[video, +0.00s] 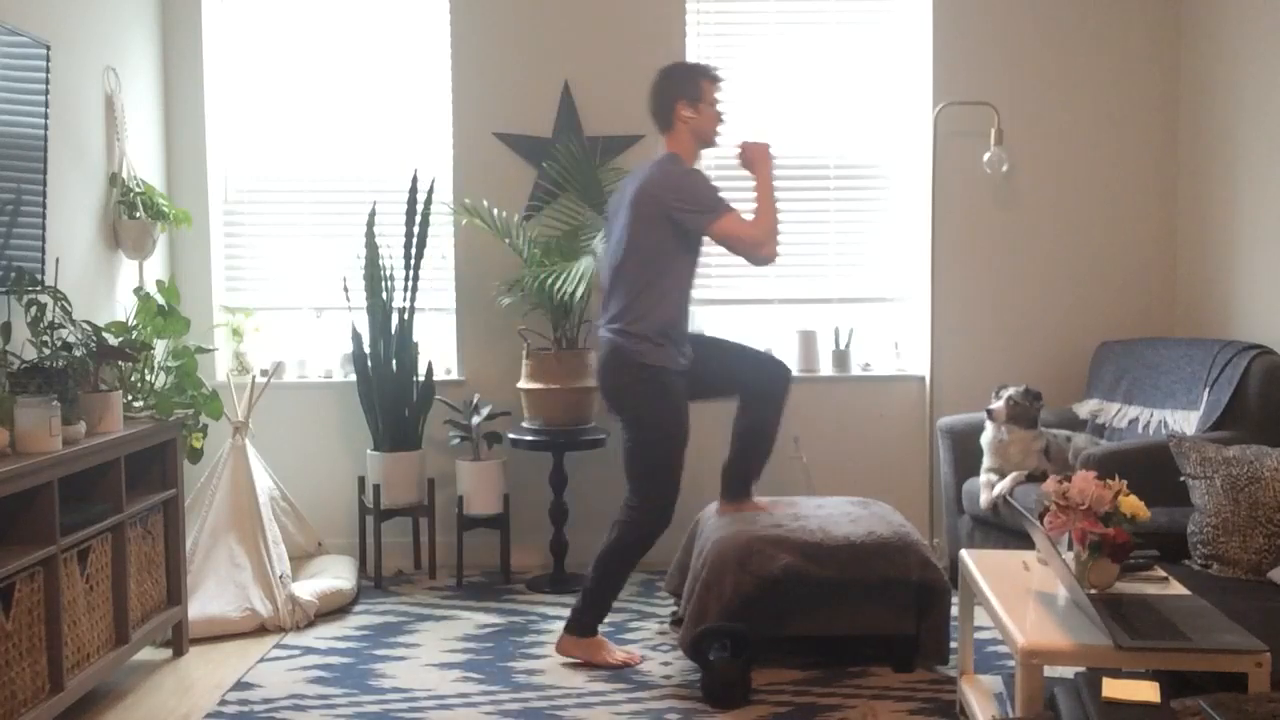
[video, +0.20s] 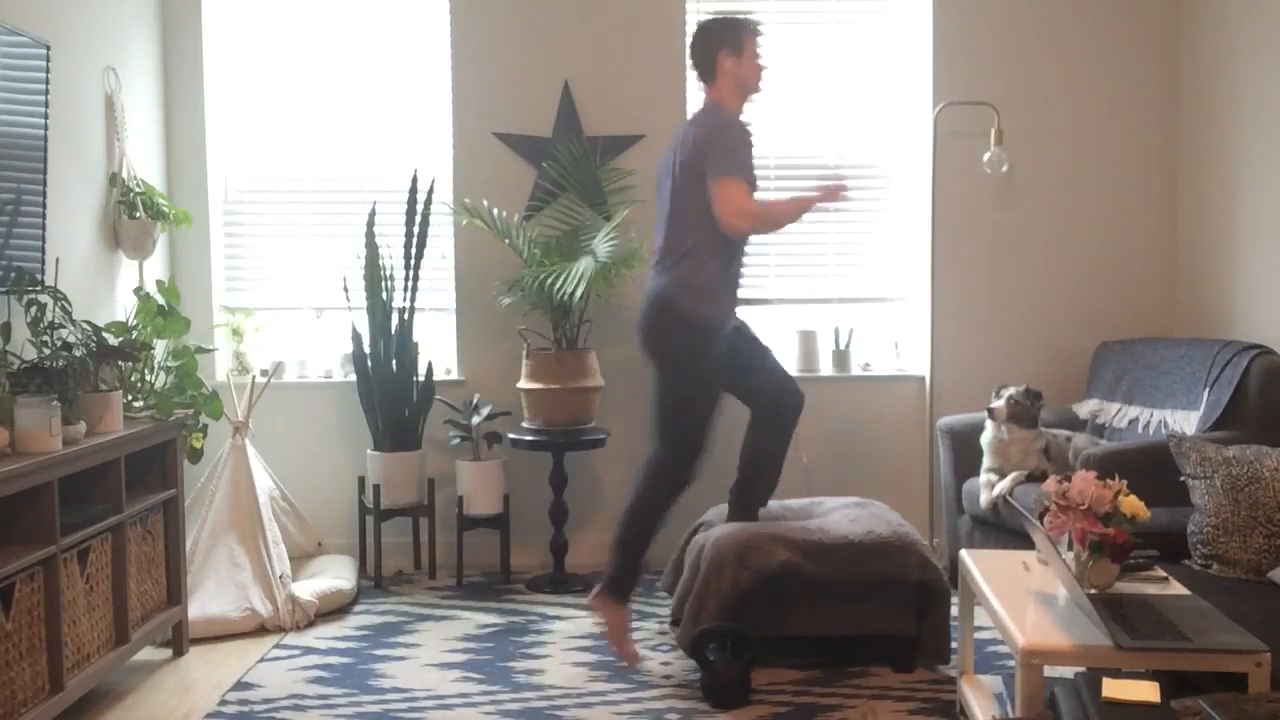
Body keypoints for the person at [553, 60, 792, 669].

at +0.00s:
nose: (721, 116)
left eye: (718, 105)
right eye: (713, 106)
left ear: (677, 115)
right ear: (682, 112)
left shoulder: (644, 180)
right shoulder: (673, 179)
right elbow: (762, 244)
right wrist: (763, 174)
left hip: (656, 350)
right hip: (643, 360)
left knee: (769, 374)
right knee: (651, 508)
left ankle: (737, 497)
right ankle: (579, 634)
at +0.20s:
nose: (762, 67)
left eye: (758, 56)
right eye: (753, 56)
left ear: (716, 68)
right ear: (723, 64)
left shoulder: (692, 135)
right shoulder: (722, 128)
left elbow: (720, 225)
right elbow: (735, 214)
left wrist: (780, 210)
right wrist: (806, 202)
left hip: (697, 314)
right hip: (689, 316)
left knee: (781, 400)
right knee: (678, 455)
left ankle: (742, 535)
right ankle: (614, 593)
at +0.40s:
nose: (769, 10)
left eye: (766, 2)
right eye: (760, 2)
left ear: (735, 12)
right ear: (733, 8)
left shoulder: (728, 81)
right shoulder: (713, 77)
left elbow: (775, 165)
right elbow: (685, 169)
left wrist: (803, 101)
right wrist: (702, 261)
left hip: (723, 255)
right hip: (725, 254)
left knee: (752, 401)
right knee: (834, 322)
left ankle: (740, 543)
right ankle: (754, 419)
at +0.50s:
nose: (771, 7)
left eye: (767, 1)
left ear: (730, 10)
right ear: (732, 6)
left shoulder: (742, 80)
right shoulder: (711, 71)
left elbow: (811, 117)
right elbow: (672, 169)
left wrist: (800, 49)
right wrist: (675, 261)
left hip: (729, 247)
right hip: (734, 238)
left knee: (751, 388)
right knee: (868, 222)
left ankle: (738, 524)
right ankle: (827, 347)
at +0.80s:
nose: (782, 12)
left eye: (780, 4)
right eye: (775, 3)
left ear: (747, 12)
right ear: (747, 8)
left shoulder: (748, 83)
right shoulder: (719, 77)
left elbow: (816, 141)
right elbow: (698, 180)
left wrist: (798, 72)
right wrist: (735, 262)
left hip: (752, 237)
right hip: (740, 238)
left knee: (753, 386)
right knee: (873, 230)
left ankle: (742, 520)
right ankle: (806, 338)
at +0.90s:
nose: (785, 8)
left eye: (782, 1)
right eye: (778, 1)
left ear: (748, 9)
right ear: (749, 5)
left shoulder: (742, 75)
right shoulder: (727, 69)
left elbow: (776, 174)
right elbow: (708, 169)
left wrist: (813, 114)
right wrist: (766, 241)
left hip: (728, 247)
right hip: (733, 245)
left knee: (748, 391)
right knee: (843, 319)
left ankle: (738, 526)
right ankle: (750, 392)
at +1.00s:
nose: (786, 16)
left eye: (783, 7)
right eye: (778, 6)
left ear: (746, 14)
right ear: (750, 10)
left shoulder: (726, 74)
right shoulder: (732, 73)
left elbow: (724, 172)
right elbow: (726, 168)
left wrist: (775, 202)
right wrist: (804, 229)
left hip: (717, 250)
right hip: (728, 251)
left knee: (747, 389)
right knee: (787, 382)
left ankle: (739, 527)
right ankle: (683, 466)